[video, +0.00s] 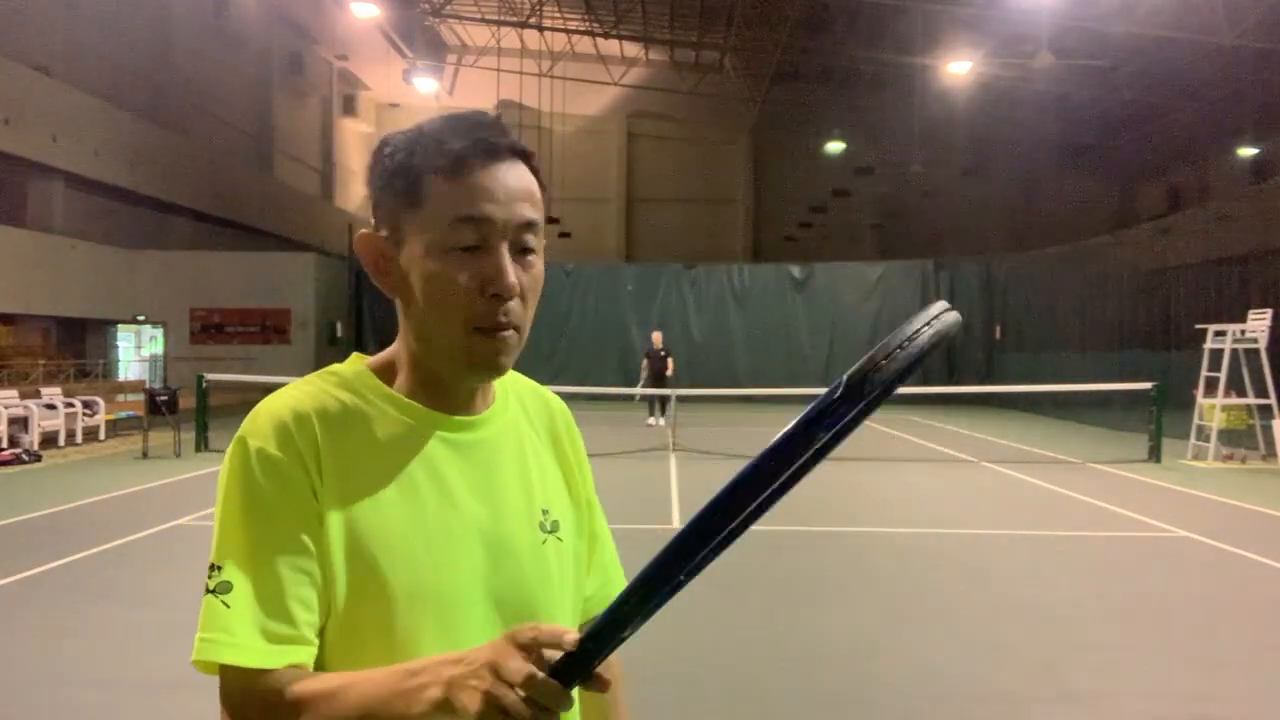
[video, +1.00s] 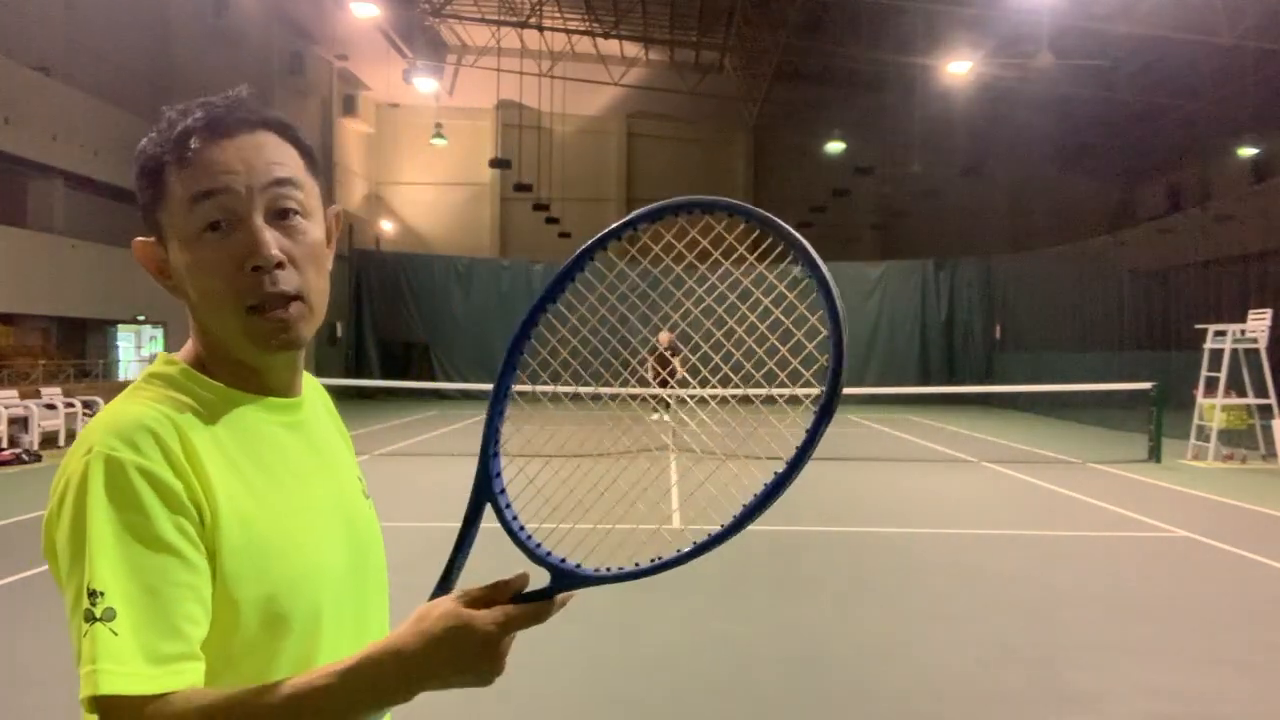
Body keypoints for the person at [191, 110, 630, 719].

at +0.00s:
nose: (507, 282)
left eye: (525, 248)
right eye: (468, 247)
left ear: (543, 256)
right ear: (383, 261)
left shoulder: (546, 420)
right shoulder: (291, 434)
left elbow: (594, 658)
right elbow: (255, 697)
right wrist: (444, 681)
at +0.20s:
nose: (443, 276)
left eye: (457, 240)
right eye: (399, 242)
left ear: (475, 245)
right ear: (307, 260)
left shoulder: (469, 418)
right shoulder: (223, 451)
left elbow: (516, 624)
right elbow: (207, 705)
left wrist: (541, 690)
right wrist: (415, 698)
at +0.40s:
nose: (361, 276)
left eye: (374, 236)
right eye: (314, 242)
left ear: (392, 240)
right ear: (217, 263)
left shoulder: (379, 415)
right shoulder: (147, 471)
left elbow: (398, 653)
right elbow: (138, 705)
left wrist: (465, 703)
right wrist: (395, 704)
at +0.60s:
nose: (318, 262)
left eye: (330, 223)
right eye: (268, 229)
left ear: (350, 234)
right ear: (172, 256)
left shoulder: (316, 414)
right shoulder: (113, 471)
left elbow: (336, 664)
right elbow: (122, 703)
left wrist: (420, 699)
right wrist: (392, 707)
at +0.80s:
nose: (267, 251)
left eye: (291, 214)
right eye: (220, 218)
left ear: (330, 242)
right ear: (156, 255)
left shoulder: (298, 413)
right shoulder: (111, 457)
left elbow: (313, 666)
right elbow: (119, 705)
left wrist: (412, 689)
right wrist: (386, 696)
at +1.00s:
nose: (266, 251)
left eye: (285, 213)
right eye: (217, 223)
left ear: (329, 235)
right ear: (161, 265)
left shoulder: (309, 405)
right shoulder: (131, 453)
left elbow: (311, 643)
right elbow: (139, 705)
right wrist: (402, 668)